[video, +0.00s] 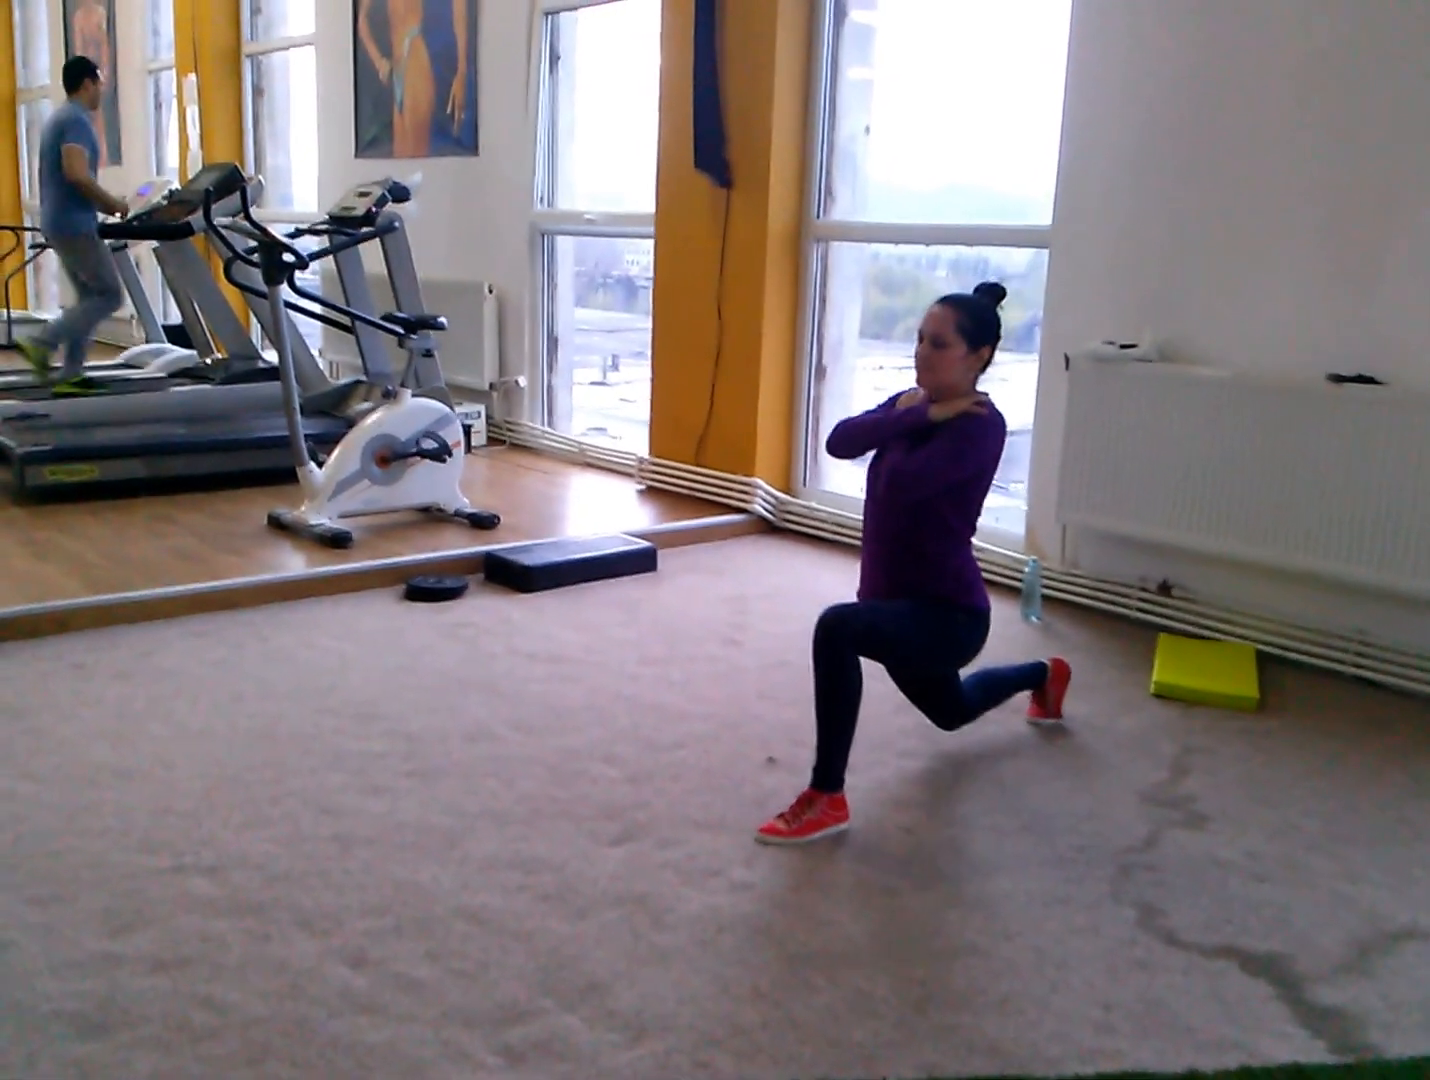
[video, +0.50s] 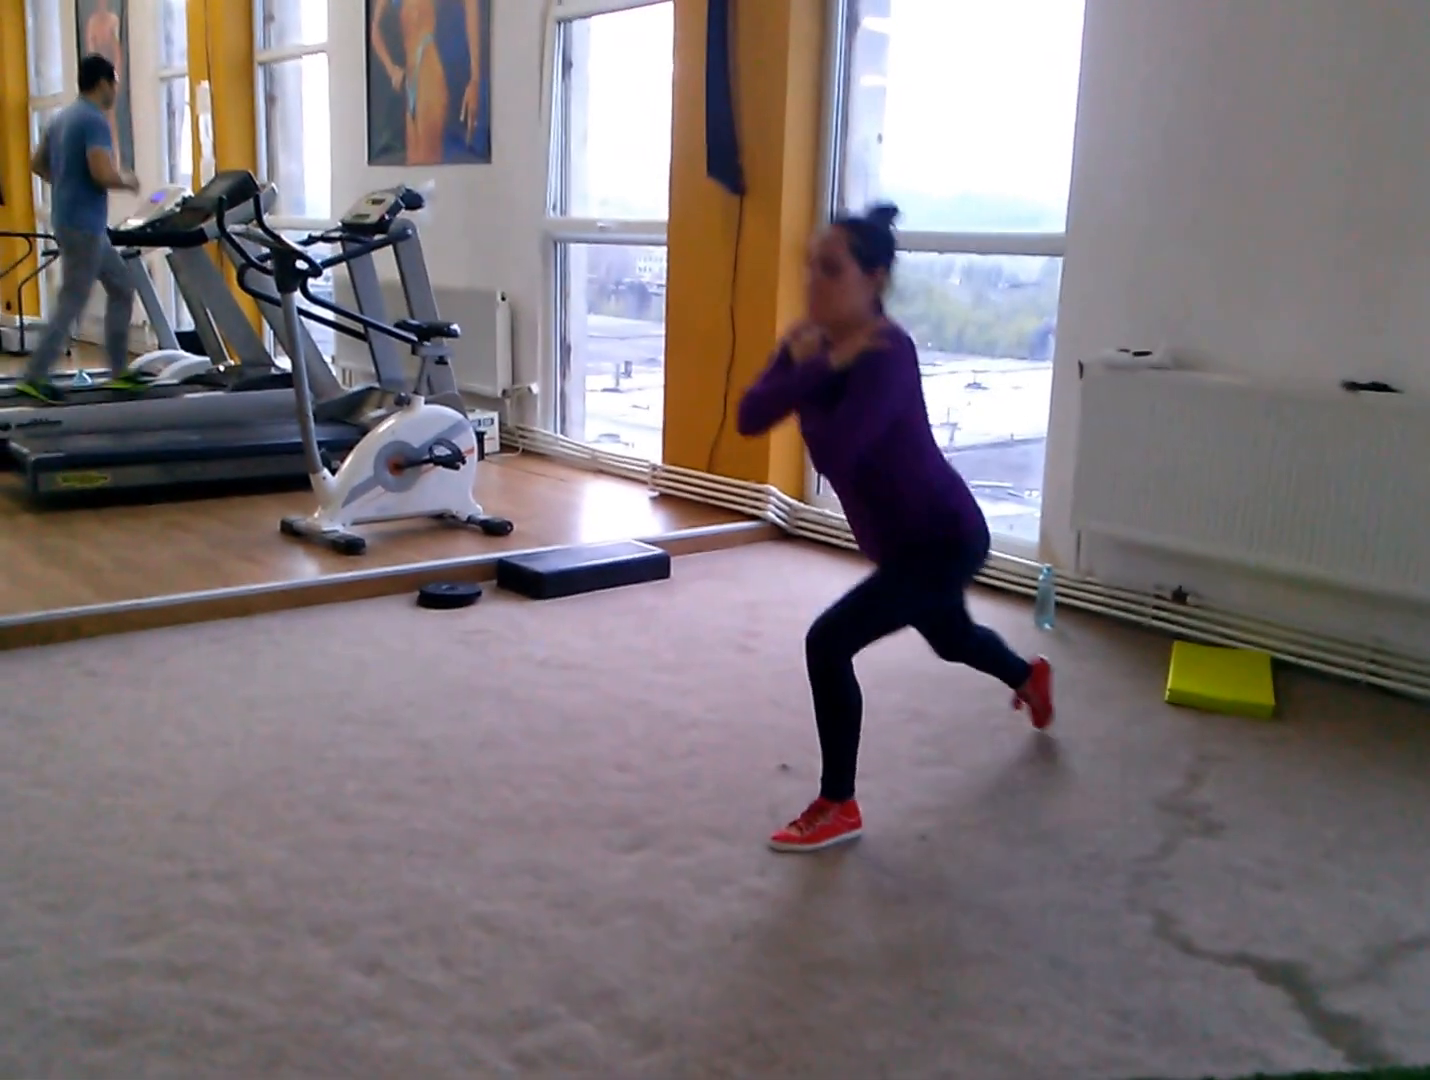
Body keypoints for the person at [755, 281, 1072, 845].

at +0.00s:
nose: (920, 353)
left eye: (937, 344)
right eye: (919, 340)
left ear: (979, 359)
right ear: (914, 342)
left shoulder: (982, 428)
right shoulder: (908, 404)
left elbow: (902, 485)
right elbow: (838, 443)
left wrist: (897, 425)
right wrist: (914, 412)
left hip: (949, 617)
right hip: (889, 608)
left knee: (837, 628)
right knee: (950, 709)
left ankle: (826, 795)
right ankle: (1044, 674)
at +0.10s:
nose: (918, 354)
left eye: (935, 344)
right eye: (916, 340)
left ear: (977, 357)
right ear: (912, 342)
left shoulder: (983, 428)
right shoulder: (905, 403)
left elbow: (906, 490)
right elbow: (840, 445)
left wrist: (900, 425)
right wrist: (918, 412)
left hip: (951, 616)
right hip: (891, 608)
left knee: (838, 631)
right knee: (953, 708)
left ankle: (828, 797)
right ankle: (1050, 676)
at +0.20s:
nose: (909, 346)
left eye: (925, 336)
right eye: (906, 333)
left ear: (966, 348)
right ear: (902, 338)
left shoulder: (971, 420)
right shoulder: (897, 395)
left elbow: (897, 485)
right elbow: (832, 445)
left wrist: (897, 418)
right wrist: (914, 408)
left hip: (955, 609)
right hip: (900, 603)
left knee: (839, 632)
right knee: (959, 703)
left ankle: (831, 798)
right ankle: (1058, 680)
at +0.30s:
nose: (881, 338)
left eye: (898, 328)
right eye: (879, 323)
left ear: (942, 337)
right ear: (875, 325)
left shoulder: (947, 407)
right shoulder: (871, 387)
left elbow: (881, 478)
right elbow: (807, 438)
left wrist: (863, 406)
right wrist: (880, 398)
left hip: (962, 596)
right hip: (910, 593)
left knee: (843, 636)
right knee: (970, 687)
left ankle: (832, 799)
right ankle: (1065, 683)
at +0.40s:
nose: (851, 316)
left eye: (866, 304)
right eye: (848, 302)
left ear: (907, 315)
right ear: (842, 309)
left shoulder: (913, 384)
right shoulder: (843, 372)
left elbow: (847, 470)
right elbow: (774, 430)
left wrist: (838, 391)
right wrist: (842, 382)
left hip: (956, 574)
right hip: (912, 571)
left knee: (835, 638)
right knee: (970, 655)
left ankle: (834, 802)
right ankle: (1053, 685)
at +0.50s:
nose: (814, 283)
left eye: (830, 270)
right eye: (812, 267)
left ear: (872, 280)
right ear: (809, 271)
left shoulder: (887, 354)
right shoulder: (810, 346)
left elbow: (838, 452)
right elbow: (750, 419)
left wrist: (806, 377)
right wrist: (801, 364)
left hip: (947, 544)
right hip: (902, 544)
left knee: (828, 642)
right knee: (954, 639)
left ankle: (837, 803)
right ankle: (1029, 679)